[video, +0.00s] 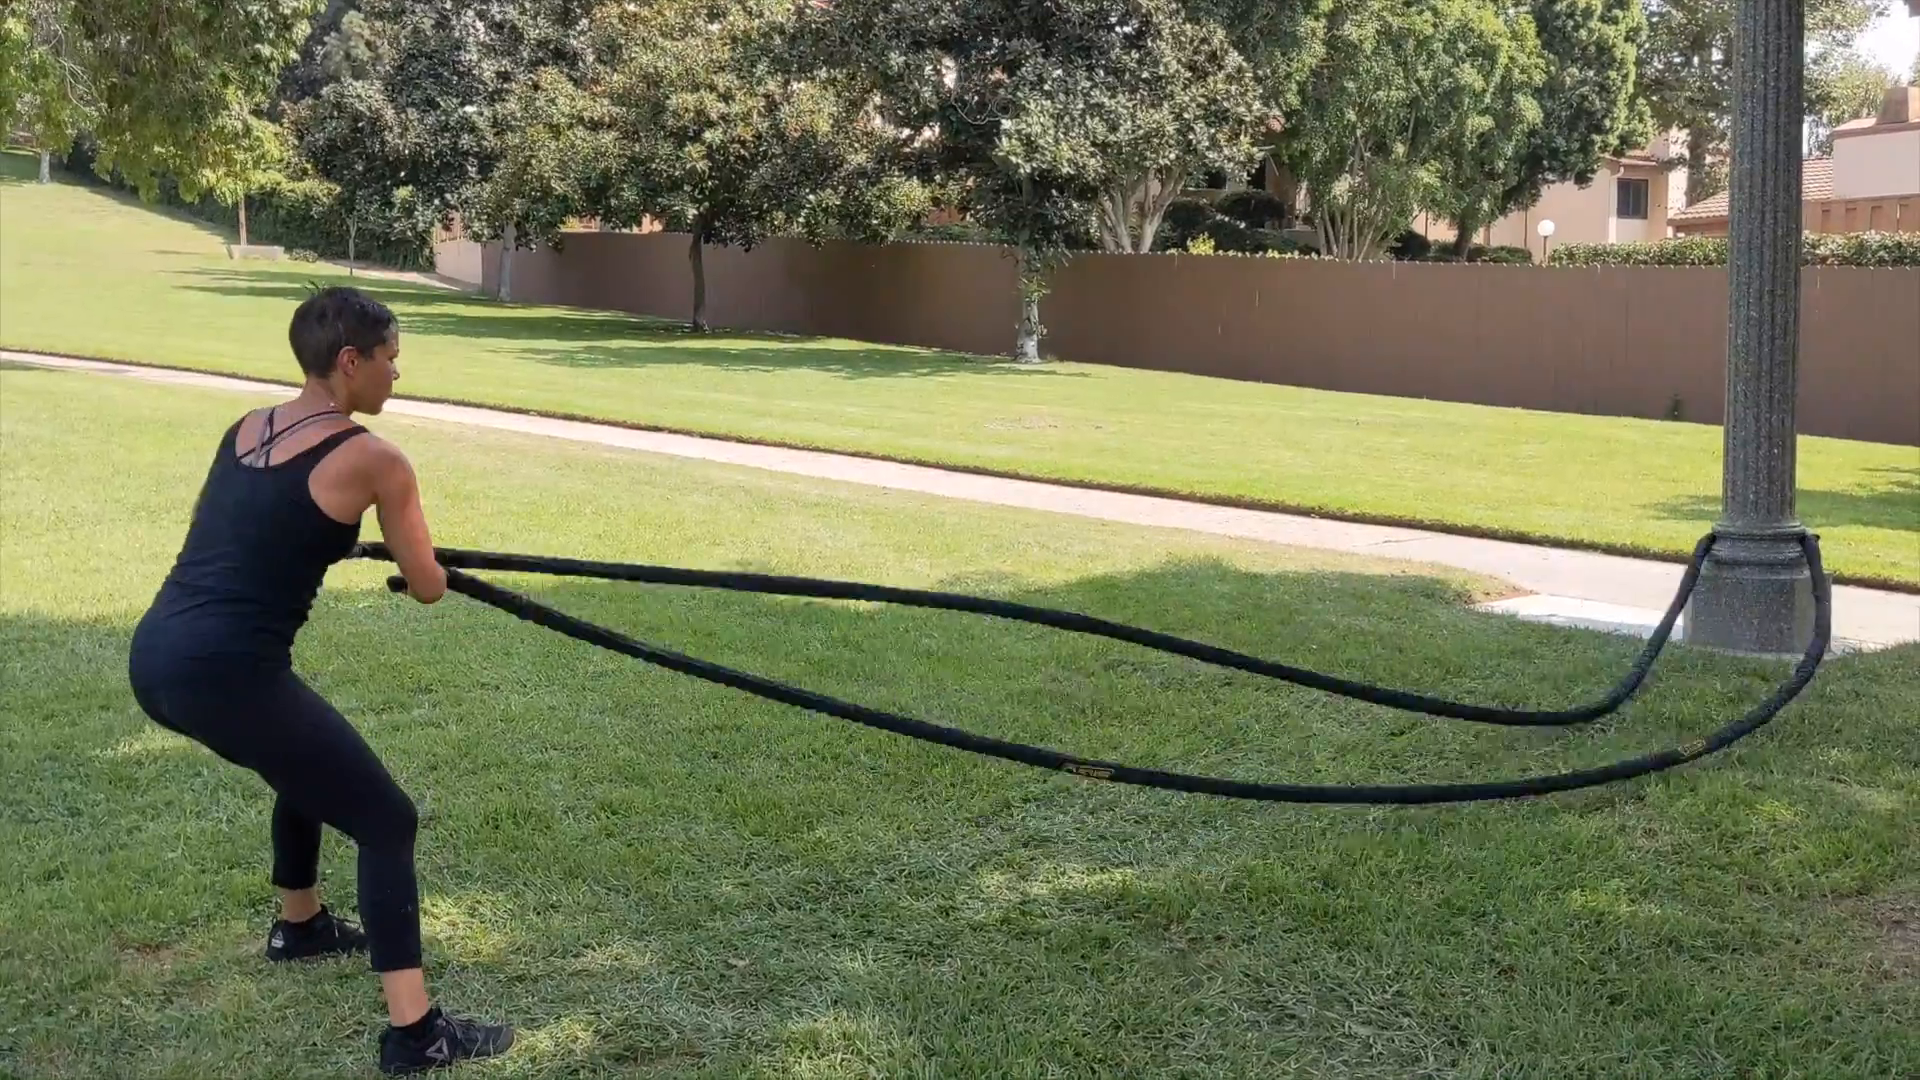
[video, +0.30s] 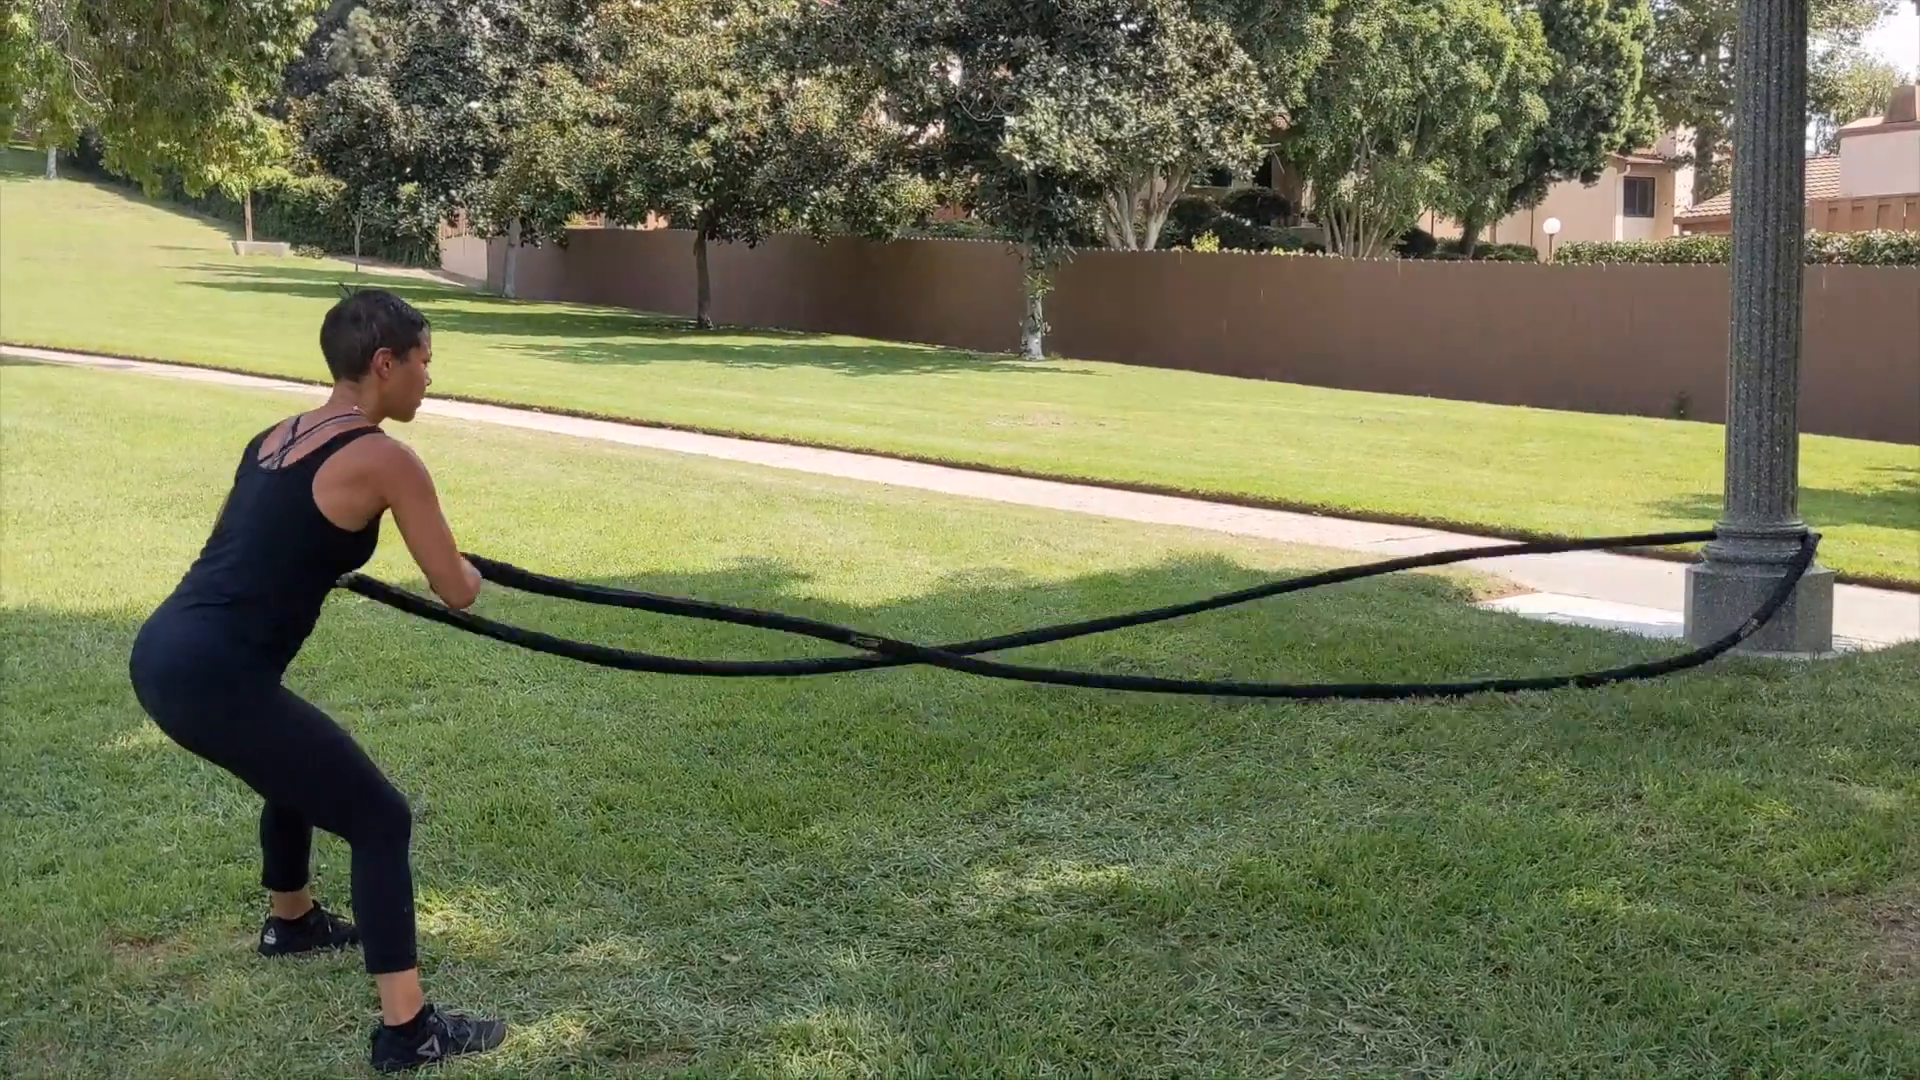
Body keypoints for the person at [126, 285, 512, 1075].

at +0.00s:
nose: (396, 377)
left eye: (396, 362)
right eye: (390, 362)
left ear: (325, 362)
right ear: (347, 361)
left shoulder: (251, 424)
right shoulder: (375, 460)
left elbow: (245, 528)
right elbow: (426, 583)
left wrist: (333, 540)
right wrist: (428, 573)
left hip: (157, 660)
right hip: (231, 675)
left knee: (304, 764)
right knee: (387, 817)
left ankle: (301, 923)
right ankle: (414, 1026)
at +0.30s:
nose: (428, 374)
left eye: (427, 358)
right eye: (421, 358)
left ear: (350, 365)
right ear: (383, 363)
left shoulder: (284, 431)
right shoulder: (388, 460)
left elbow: (255, 534)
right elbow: (455, 589)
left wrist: (335, 552)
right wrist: (462, 575)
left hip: (162, 655)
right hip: (218, 678)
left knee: (296, 766)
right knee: (381, 816)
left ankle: (293, 918)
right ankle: (406, 1024)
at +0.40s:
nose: (428, 373)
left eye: (427, 356)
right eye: (422, 356)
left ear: (358, 363)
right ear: (382, 361)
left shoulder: (315, 439)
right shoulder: (364, 450)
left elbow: (382, 564)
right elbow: (454, 571)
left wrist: (482, 582)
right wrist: (517, 577)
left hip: (173, 658)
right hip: (203, 680)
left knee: (302, 767)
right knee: (376, 814)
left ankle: (293, 917)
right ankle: (407, 1020)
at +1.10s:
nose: (393, 365)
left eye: (393, 349)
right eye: (386, 349)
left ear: (322, 352)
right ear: (344, 351)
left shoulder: (258, 415)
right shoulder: (360, 451)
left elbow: (294, 531)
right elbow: (412, 580)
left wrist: (397, 539)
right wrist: (439, 569)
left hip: (145, 648)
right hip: (210, 663)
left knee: (291, 749)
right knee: (372, 803)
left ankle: (293, 908)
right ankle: (398, 1015)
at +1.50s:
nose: (472, 370)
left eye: (471, 354)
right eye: (465, 355)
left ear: (393, 359)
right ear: (425, 359)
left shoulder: (330, 424)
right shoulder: (438, 452)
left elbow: (311, 520)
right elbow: (508, 574)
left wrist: (384, 552)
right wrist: (485, 572)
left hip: (203, 647)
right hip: (266, 666)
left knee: (335, 751)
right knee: (432, 804)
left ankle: (334, 908)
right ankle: (437, 1018)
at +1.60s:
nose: (487, 371)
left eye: (486, 356)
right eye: (478, 356)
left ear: (419, 360)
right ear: (435, 357)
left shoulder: (371, 441)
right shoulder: (429, 446)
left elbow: (449, 563)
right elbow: (522, 565)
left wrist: (546, 582)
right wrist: (573, 569)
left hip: (220, 649)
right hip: (258, 667)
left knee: (350, 759)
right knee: (427, 806)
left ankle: (346, 907)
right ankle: (447, 1017)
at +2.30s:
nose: (439, 359)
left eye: (439, 343)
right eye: (431, 343)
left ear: (371, 349)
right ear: (384, 348)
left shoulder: (311, 415)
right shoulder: (389, 448)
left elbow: (353, 525)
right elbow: (464, 574)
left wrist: (461, 535)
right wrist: (525, 579)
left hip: (190, 641)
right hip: (242, 657)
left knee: (339, 758)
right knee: (396, 806)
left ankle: (341, 906)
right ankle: (431, 1020)